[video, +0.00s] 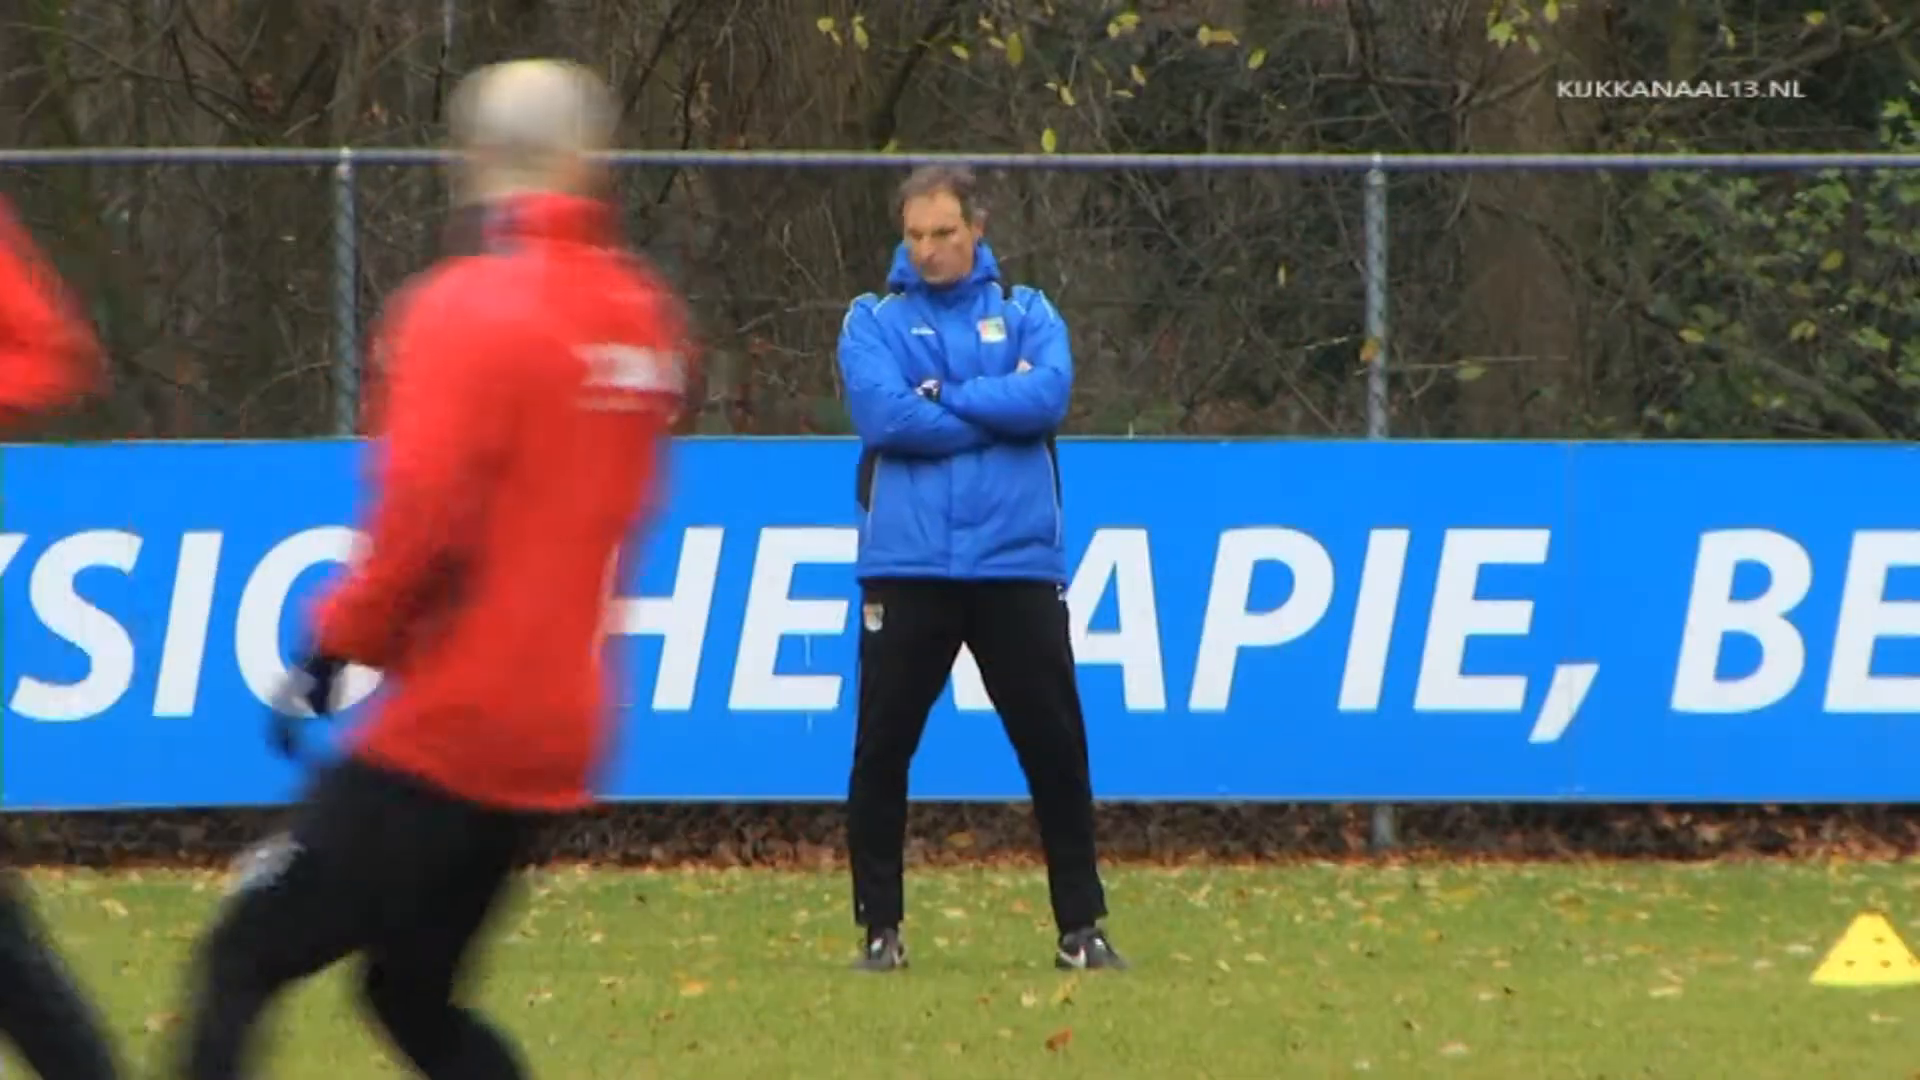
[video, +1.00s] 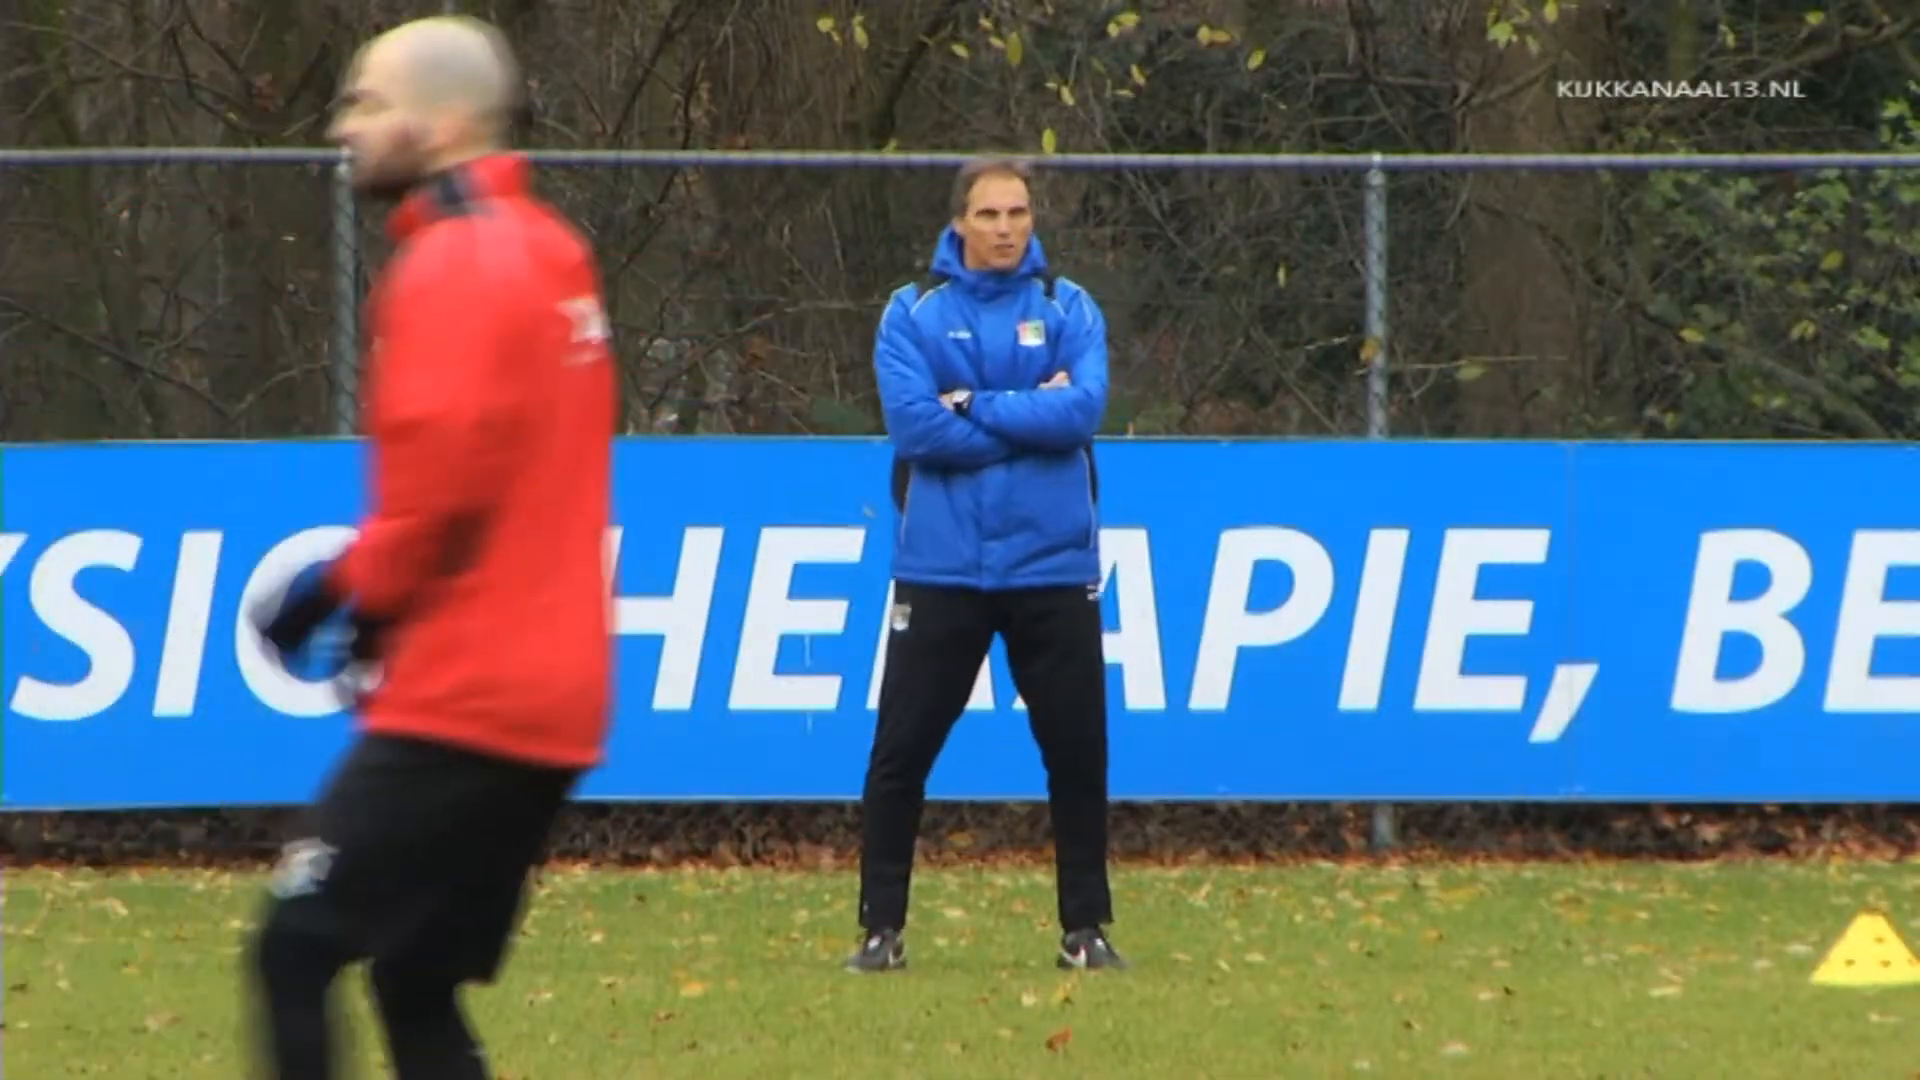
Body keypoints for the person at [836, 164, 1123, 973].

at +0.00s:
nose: (929, 249)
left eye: (944, 233)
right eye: (916, 236)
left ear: (976, 229)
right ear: (902, 239)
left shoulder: (1028, 310)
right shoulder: (871, 319)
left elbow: (1046, 400)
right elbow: (885, 421)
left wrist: (941, 394)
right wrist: (999, 416)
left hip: (1016, 568)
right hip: (906, 572)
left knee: (1057, 750)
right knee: (881, 753)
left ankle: (1082, 931)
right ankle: (881, 931)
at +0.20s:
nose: (950, 230)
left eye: (965, 216)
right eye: (939, 217)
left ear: (1000, 225)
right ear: (924, 228)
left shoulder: (1047, 310)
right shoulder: (891, 315)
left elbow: (1071, 400)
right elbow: (908, 421)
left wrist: (962, 394)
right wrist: (1018, 416)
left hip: (1035, 566)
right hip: (924, 568)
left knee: (1070, 749)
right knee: (894, 751)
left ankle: (1083, 931)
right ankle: (881, 929)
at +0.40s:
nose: (982, 227)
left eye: (998, 213)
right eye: (970, 214)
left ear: (1031, 223)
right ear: (956, 225)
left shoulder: (1075, 310)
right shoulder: (919, 313)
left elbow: (1093, 405)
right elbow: (927, 424)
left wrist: (983, 396)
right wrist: (1037, 418)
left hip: (1061, 569)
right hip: (951, 571)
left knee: (1084, 754)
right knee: (908, 752)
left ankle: (1085, 933)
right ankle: (883, 930)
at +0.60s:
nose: (1010, 225)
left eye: (1027, 212)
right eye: (999, 212)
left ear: (1060, 221)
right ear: (984, 222)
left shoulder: (1101, 311)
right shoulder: (941, 310)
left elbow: (1105, 413)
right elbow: (940, 427)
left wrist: (995, 400)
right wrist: (1057, 418)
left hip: (1070, 568)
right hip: (962, 566)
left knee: (1089, 750)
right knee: (914, 742)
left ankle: (1087, 931)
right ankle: (883, 926)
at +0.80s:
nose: (1025, 228)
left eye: (1038, 215)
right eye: (1011, 215)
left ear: (1058, 223)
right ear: (984, 224)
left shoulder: (1094, 312)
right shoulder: (933, 311)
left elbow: (1097, 413)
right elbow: (933, 431)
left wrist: (985, 402)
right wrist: (1047, 419)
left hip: (1068, 568)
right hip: (958, 567)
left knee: (1088, 752)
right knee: (913, 749)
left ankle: (1086, 932)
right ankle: (883, 930)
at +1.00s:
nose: (1005, 228)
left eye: (1017, 214)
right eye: (989, 215)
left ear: (1034, 221)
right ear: (960, 225)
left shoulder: (1070, 307)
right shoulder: (910, 312)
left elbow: (1082, 409)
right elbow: (917, 430)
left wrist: (969, 402)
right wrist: (1026, 422)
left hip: (1054, 570)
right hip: (943, 571)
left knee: (1079, 754)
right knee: (901, 753)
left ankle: (1085, 931)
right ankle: (881, 931)